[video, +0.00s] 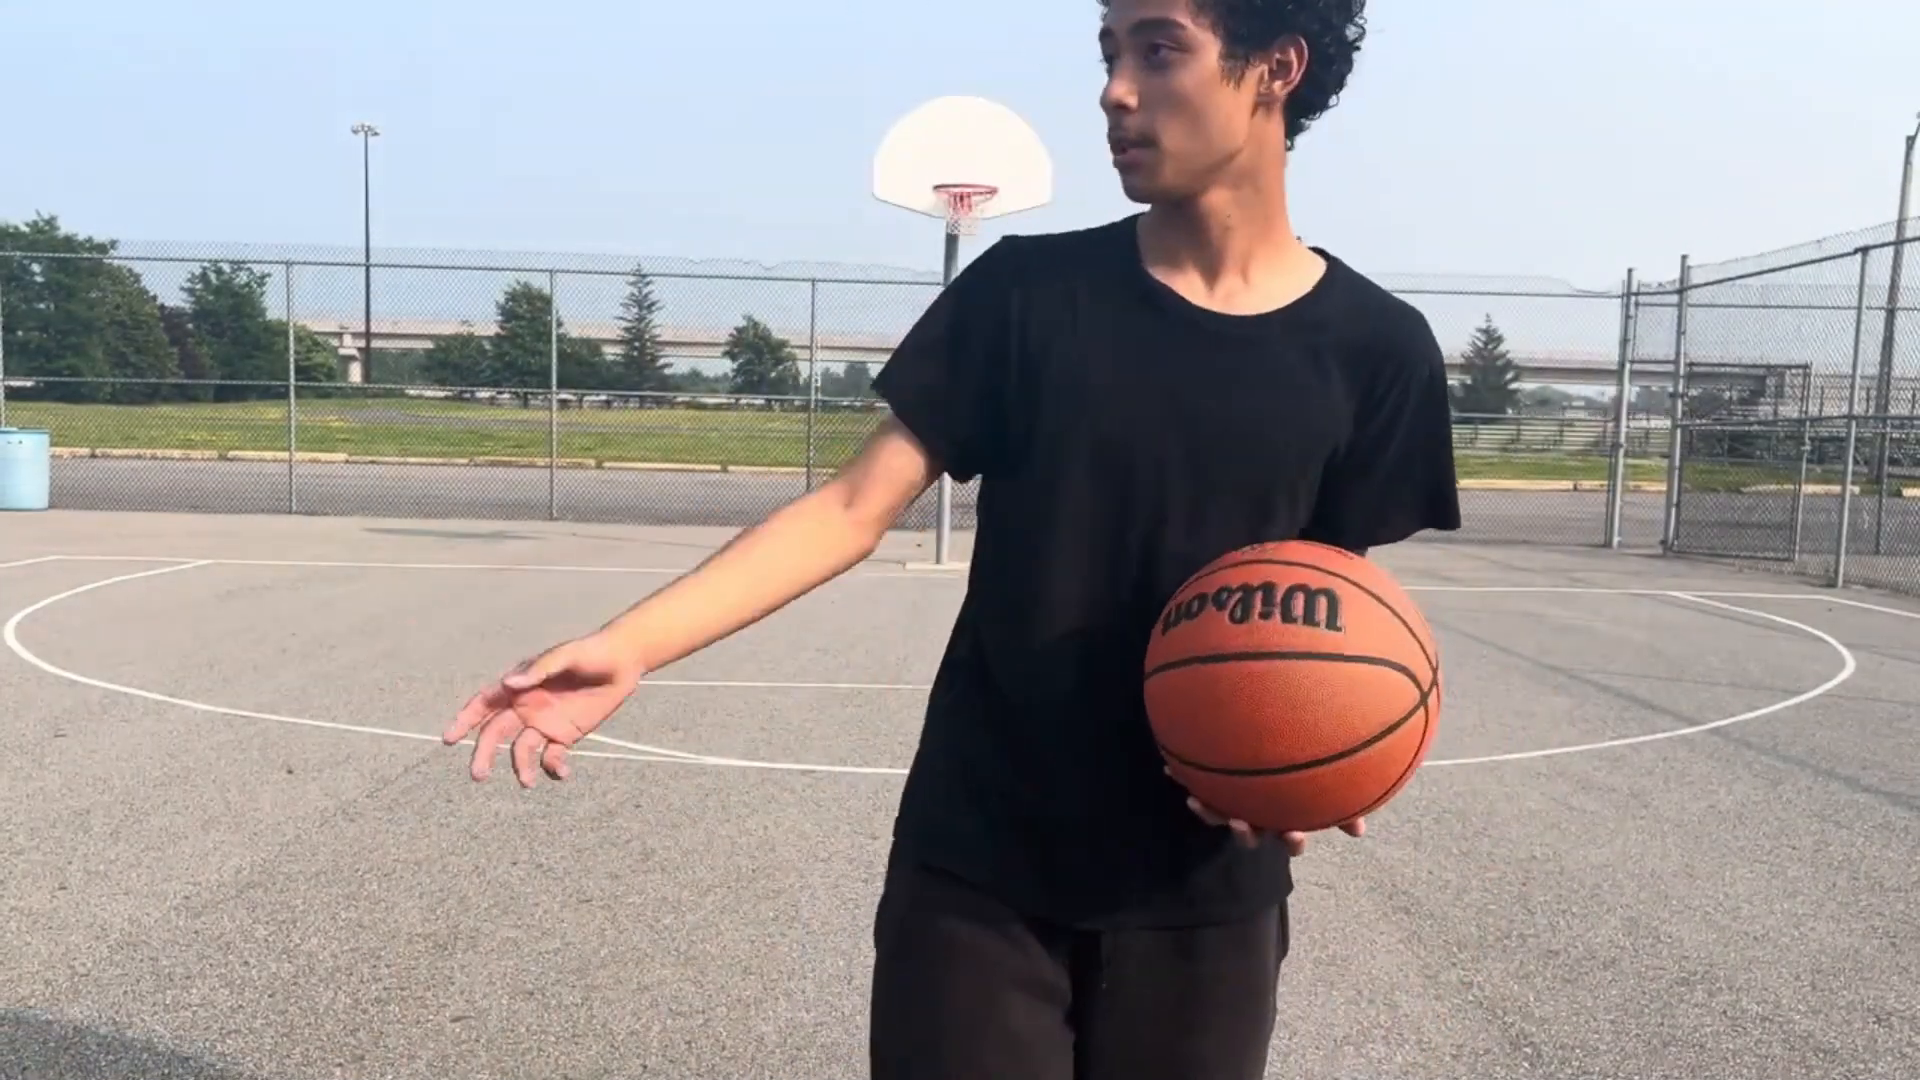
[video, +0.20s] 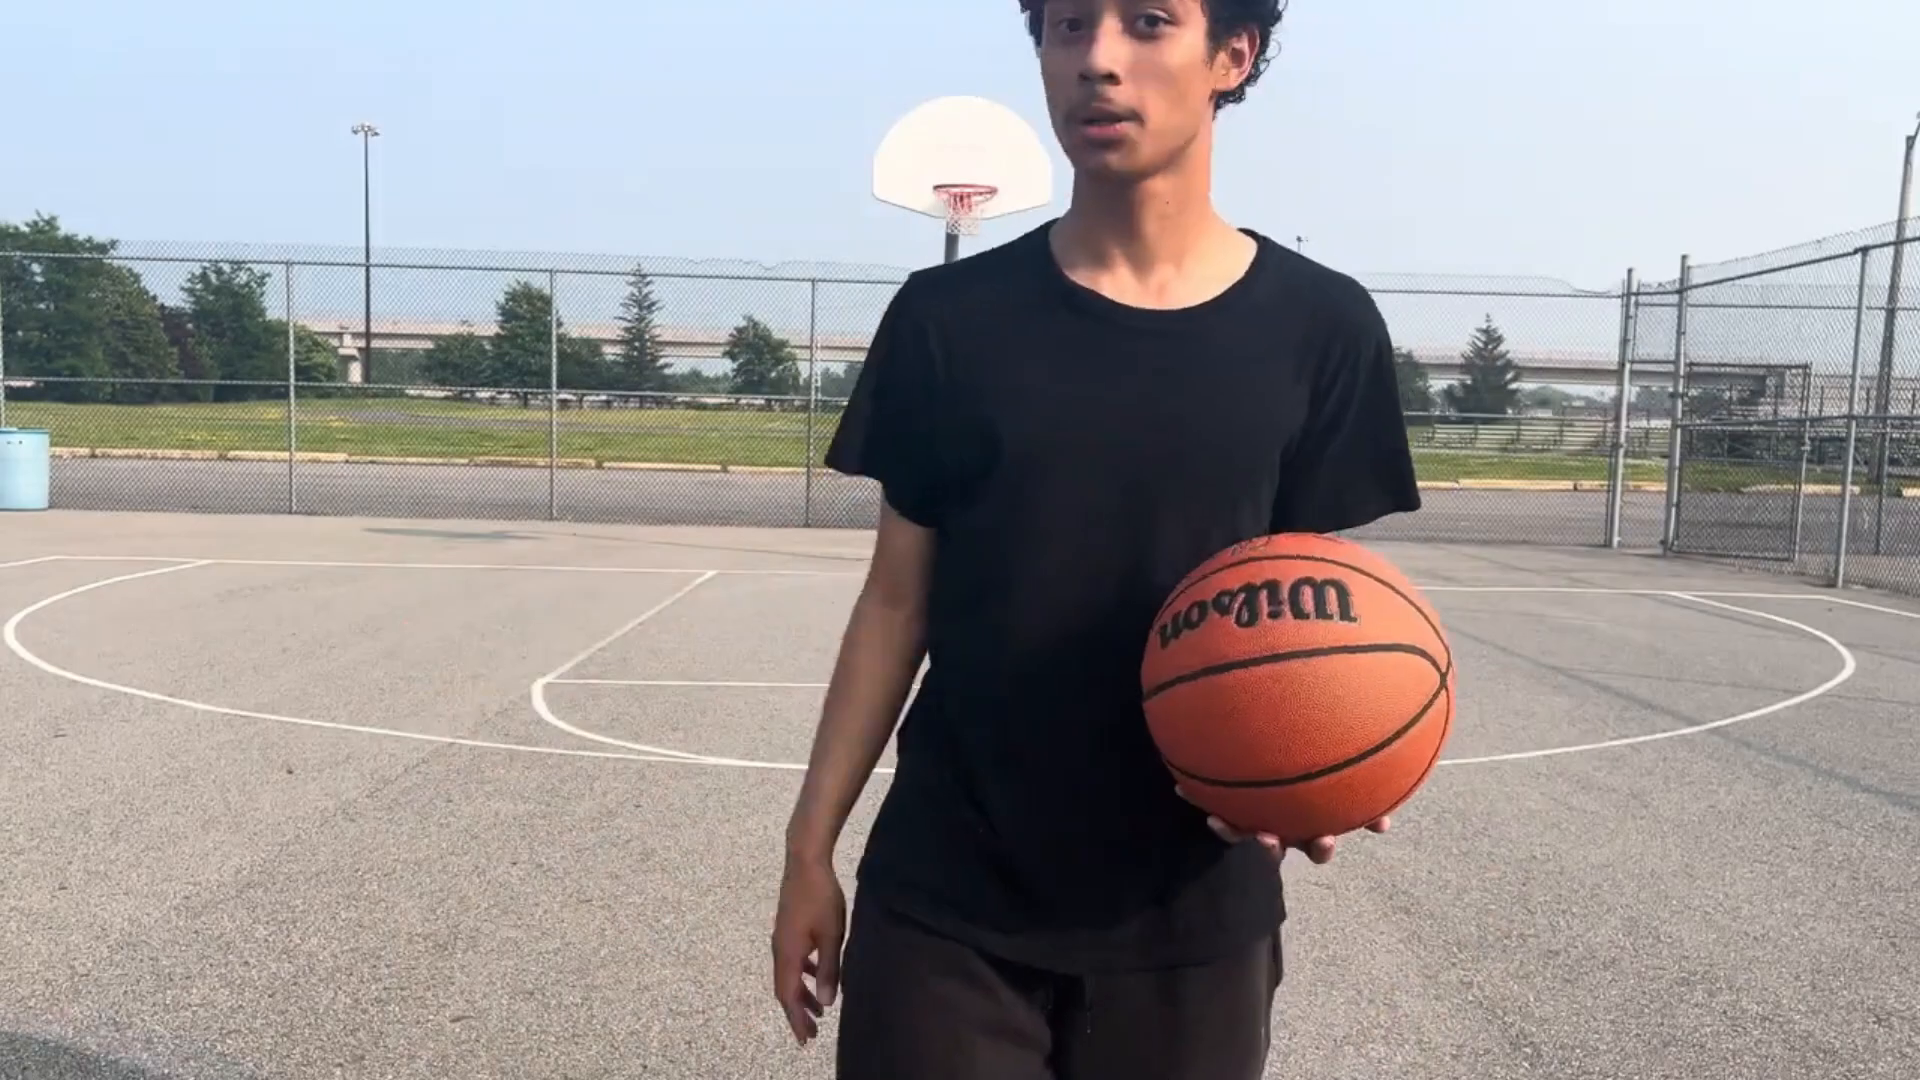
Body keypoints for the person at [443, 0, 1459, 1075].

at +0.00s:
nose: (1115, 95)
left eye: (1160, 54)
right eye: (1112, 58)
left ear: (1280, 73)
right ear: (1102, 68)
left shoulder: (1379, 350)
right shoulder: (1023, 291)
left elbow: (1343, 610)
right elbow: (849, 506)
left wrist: (1304, 761)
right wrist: (627, 645)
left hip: (1208, 887)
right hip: (979, 873)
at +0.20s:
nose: (1098, 61)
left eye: (1148, 22)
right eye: (1068, 26)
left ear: (1232, 59)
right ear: (1042, 55)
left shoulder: (1322, 325)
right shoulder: (944, 316)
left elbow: (1325, 607)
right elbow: (895, 600)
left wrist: (1310, 768)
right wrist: (809, 848)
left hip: (1193, 917)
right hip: (950, 912)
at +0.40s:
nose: (1003, 28)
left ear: (1115, 23)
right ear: (917, 35)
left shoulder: (1246, 266)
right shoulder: (845, 324)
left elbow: (1311, 535)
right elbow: (857, 615)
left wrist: (1316, 701)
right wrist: (860, 864)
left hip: (1193, 911)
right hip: (934, 920)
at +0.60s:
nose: (951, 28)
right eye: (903, 1)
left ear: (1065, 11)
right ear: (858, 38)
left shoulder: (1222, 250)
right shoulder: (805, 336)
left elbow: (1275, 539)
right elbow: (793, 662)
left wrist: (1295, 702)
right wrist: (768, 956)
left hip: (1204, 934)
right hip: (933, 953)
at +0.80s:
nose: (1021, 17)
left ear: (1141, 5)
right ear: (924, 22)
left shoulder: (1285, 268)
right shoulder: (832, 314)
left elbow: (1289, 569)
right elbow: (793, 644)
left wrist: (1333, 753)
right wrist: (796, 927)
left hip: (1217, 954)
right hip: (936, 964)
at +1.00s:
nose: (1183, 5)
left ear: (1301, 2)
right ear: (1090, 5)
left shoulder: (1434, 283)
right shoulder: (947, 269)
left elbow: (1411, 606)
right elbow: (886, 610)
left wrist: (1421, 808)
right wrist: (882, 909)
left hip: (1287, 988)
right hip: (994, 989)